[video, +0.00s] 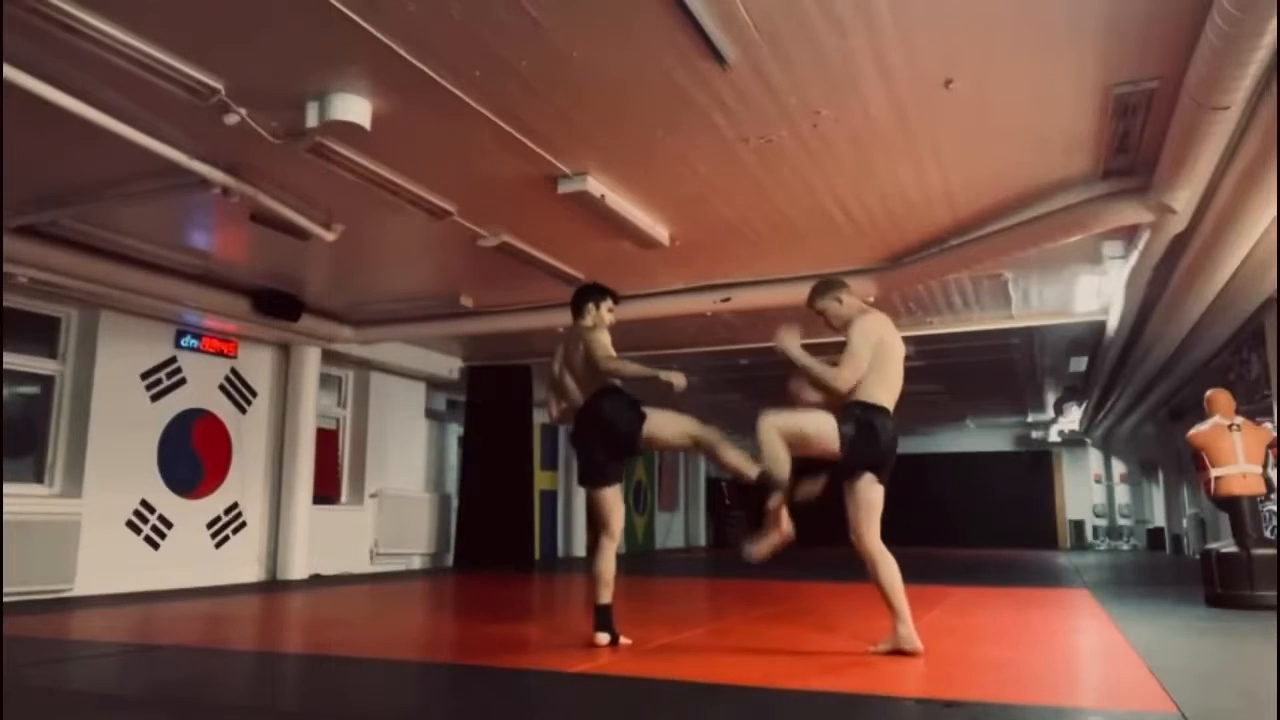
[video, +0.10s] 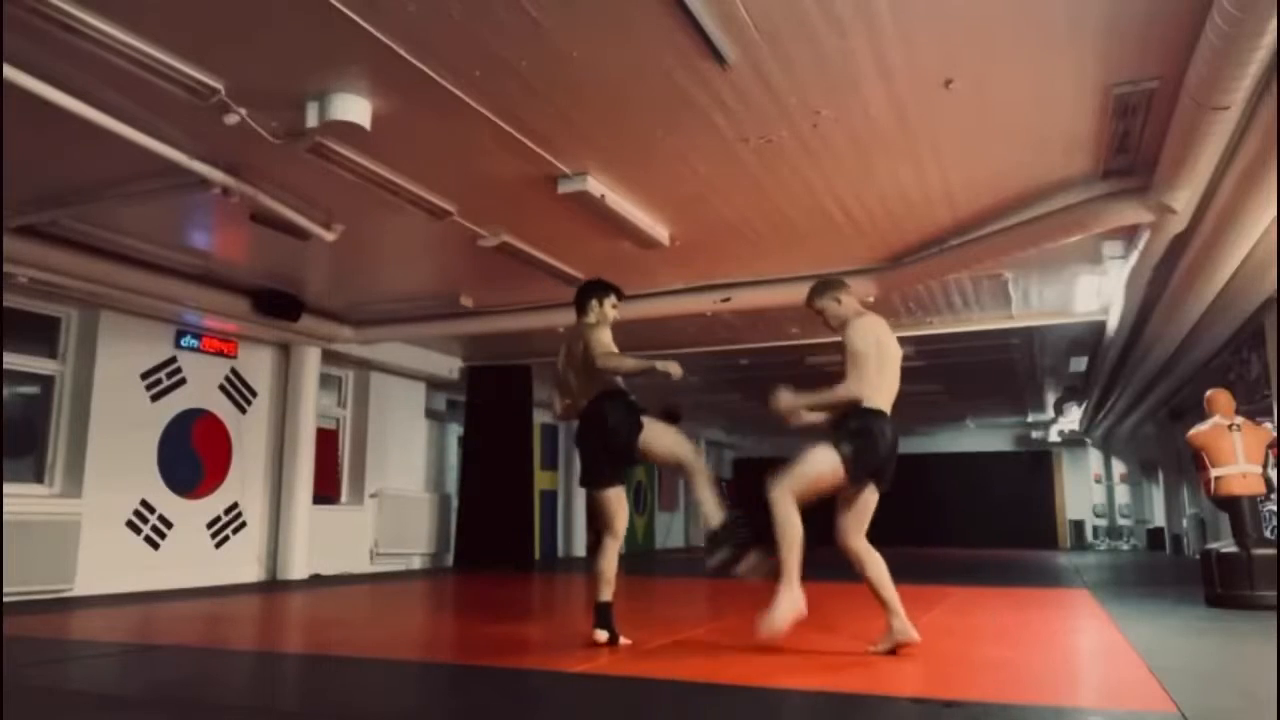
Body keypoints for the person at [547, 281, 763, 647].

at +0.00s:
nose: (611, 317)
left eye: (612, 311)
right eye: (608, 310)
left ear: (580, 312)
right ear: (589, 309)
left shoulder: (560, 351)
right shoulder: (593, 332)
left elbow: (557, 408)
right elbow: (608, 364)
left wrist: (571, 403)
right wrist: (662, 374)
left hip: (588, 436)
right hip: (616, 417)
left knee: (607, 532)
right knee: (701, 433)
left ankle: (603, 625)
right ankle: (764, 482)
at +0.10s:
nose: (614, 314)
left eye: (615, 307)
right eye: (611, 306)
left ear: (582, 309)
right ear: (593, 305)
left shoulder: (566, 349)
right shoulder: (594, 328)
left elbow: (564, 409)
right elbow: (604, 360)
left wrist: (597, 394)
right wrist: (656, 365)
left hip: (590, 437)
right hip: (617, 420)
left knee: (612, 529)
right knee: (690, 455)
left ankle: (603, 621)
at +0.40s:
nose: (627, 327)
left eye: (628, 320)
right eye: (623, 319)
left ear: (603, 321)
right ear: (604, 318)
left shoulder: (597, 357)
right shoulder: (596, 353)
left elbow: (621, 411)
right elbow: (621, 395)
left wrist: (652, 392)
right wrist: (655, 361)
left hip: (600, 449)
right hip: (605, 447)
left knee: (631, 540)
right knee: (644, 532)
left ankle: (599, 613)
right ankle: (611, 619)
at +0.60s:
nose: (628, 314)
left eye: (631, 308)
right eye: (622, 306)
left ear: (627, 311)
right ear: (602, 307)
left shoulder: (619, 347)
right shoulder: (590, 340)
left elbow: (630, 400)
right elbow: (595, 388)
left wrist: (645, 365)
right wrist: (631, 357)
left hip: (611, 433)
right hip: (585, 430)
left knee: (618, 539)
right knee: (632, 448)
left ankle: (593, 610)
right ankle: (643, 551)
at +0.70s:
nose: (627, 318)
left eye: (630, 312)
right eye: (622, 310)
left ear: (629, 315)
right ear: (601, 309)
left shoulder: (620, 353)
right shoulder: (586, 344)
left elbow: (624, 398)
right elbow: (590, 394)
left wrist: (633, 369)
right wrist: (631, 408)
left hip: (610, 432)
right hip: (578, 426)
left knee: (612, 532)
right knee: (620, 431)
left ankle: (593, 611)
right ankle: (625, 525)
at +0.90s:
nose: (610, 321)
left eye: (613, 315)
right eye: (604, 313)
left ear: (609, 318)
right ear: (583, 313)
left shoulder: (601, 360)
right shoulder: (571, 347)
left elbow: (608, 400)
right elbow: (578, 404)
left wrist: (628, 412)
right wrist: (623, 424)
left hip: (587, 437)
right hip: (558, 429)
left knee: (600, 532)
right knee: (576, 479)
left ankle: (587, 617)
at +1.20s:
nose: (572, 320)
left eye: (574, 314)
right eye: (565, 312)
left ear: (571, 319)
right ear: (544, 314)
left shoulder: (570, 364)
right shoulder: (533, 349)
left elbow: (589, 400)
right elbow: (552, 390)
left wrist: (623, 384)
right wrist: (607, 398)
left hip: (556, 447)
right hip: (521, 443)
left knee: (578, 534)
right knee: (500, 533)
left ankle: (584, 619)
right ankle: (463, 607)